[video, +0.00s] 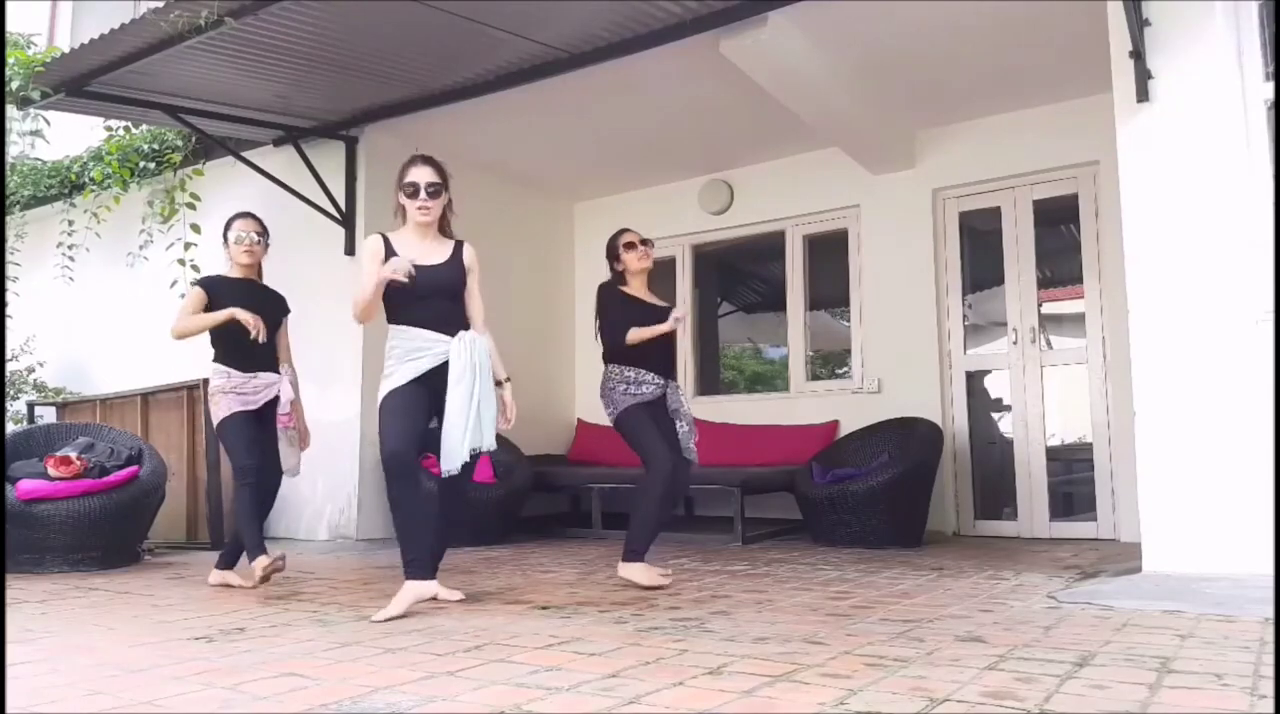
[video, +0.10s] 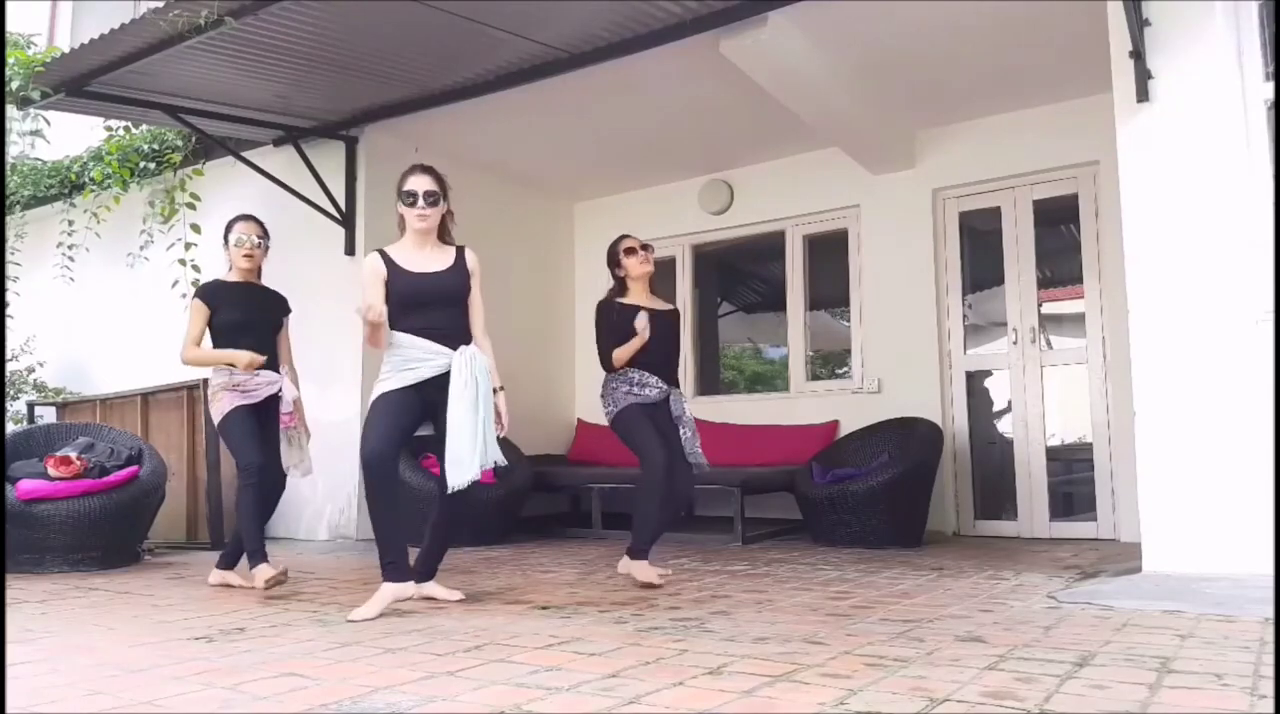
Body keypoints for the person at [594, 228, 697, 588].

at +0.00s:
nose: (640, 250)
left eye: (644, 244)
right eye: (629, 247)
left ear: (652, 252)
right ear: (616, 261)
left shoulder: (662, 304)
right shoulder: (610, 291)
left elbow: (666, 361)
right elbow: (617, 337)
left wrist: (676, 401)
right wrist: (666, 326)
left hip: (662, 392)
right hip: (625, 390)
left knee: (679, 470)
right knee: (661, 463)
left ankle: (636, 557)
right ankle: (631, 560)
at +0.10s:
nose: (642, 255)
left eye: (645, 249)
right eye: (631, 253)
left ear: (653, 257)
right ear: (618, 267)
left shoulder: (671, 311)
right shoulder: (609, 307)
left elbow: (672, 365)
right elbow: (610, 362)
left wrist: (676, 405)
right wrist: (641, 338)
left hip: (663, 399)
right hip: (624, 397)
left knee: (682, 487)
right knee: (657, 460)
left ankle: (635, 554)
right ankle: (637, 556)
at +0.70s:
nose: (640, 237)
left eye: (643, 229)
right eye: (629, 235)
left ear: (654, 234)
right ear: (621, 247)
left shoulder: (662, 287)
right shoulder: (626, 277)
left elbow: (667, 349)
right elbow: (587, 319)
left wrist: (684, 396)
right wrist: (594, 367)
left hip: (665, 382)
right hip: (644, 380)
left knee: (667, 469)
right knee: (655, 467)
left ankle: (634, 552)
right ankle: (622, 560)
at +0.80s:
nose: (640, 240)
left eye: (644, 232)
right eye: (630, 238)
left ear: (656, 237)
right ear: (623, 250)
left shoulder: (661, 290)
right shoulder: (630, 276)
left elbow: (664, 355)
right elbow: (605, 325)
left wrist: (687, 399)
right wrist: (610, 373)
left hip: (662, 385)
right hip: (639, 383)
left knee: (667, 470)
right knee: (658, 468)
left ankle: (635, 553)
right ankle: (623, 563)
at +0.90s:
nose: (639, 248)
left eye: (644, 241)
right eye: (629, 246)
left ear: (656, 245)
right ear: (622, 256)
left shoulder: (668, 298)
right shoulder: (624, 280)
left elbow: (671, 360)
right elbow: (613, 333)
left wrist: (693, 403)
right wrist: (635, 376)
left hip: (666, 390)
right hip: (633, 385)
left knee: (674, 470)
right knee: (655, 469)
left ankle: (635, 554)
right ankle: (624, 565)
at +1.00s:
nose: (635, 256)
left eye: (641, 248)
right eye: (626, 253)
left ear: (654, 255)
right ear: (620, 264)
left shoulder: (672, 310)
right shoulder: (615, 292)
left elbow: (681, 368)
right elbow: (608, 341)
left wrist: (706, 412)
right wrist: (638, 343)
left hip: (666, 399)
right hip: (628, 397)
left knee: (676, 478)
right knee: (643, 466)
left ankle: (636, 555)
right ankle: (621, 564)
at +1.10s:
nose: (630, 261)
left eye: (636, 254)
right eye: (621, 258)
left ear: (650, 261)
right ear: (615, 270)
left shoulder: (671, 313)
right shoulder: (608, 308)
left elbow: (683, 370)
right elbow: (604, 364)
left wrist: (708, 417)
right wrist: (612, 342)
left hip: (665, 402)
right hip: (624, 401)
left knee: (678, 480)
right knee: (630, 467)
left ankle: (636, 556)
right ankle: (614, 558)